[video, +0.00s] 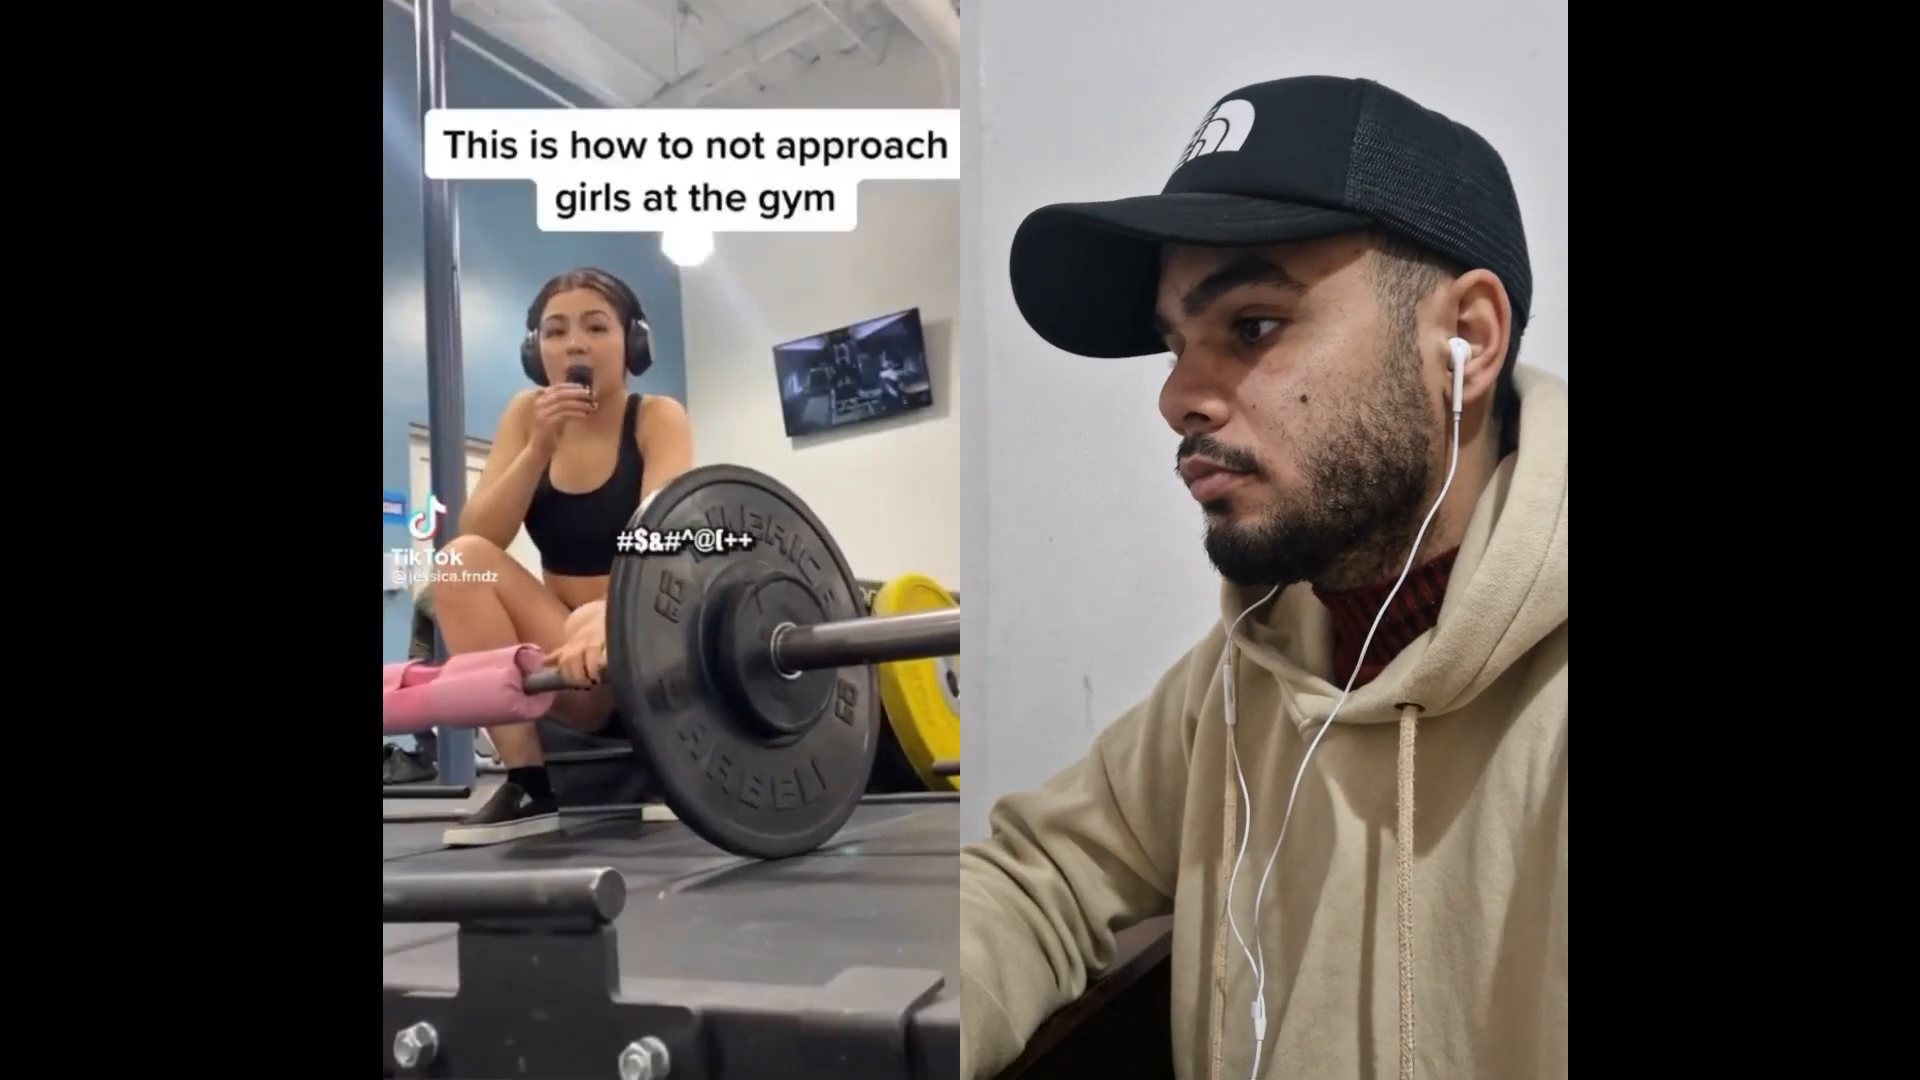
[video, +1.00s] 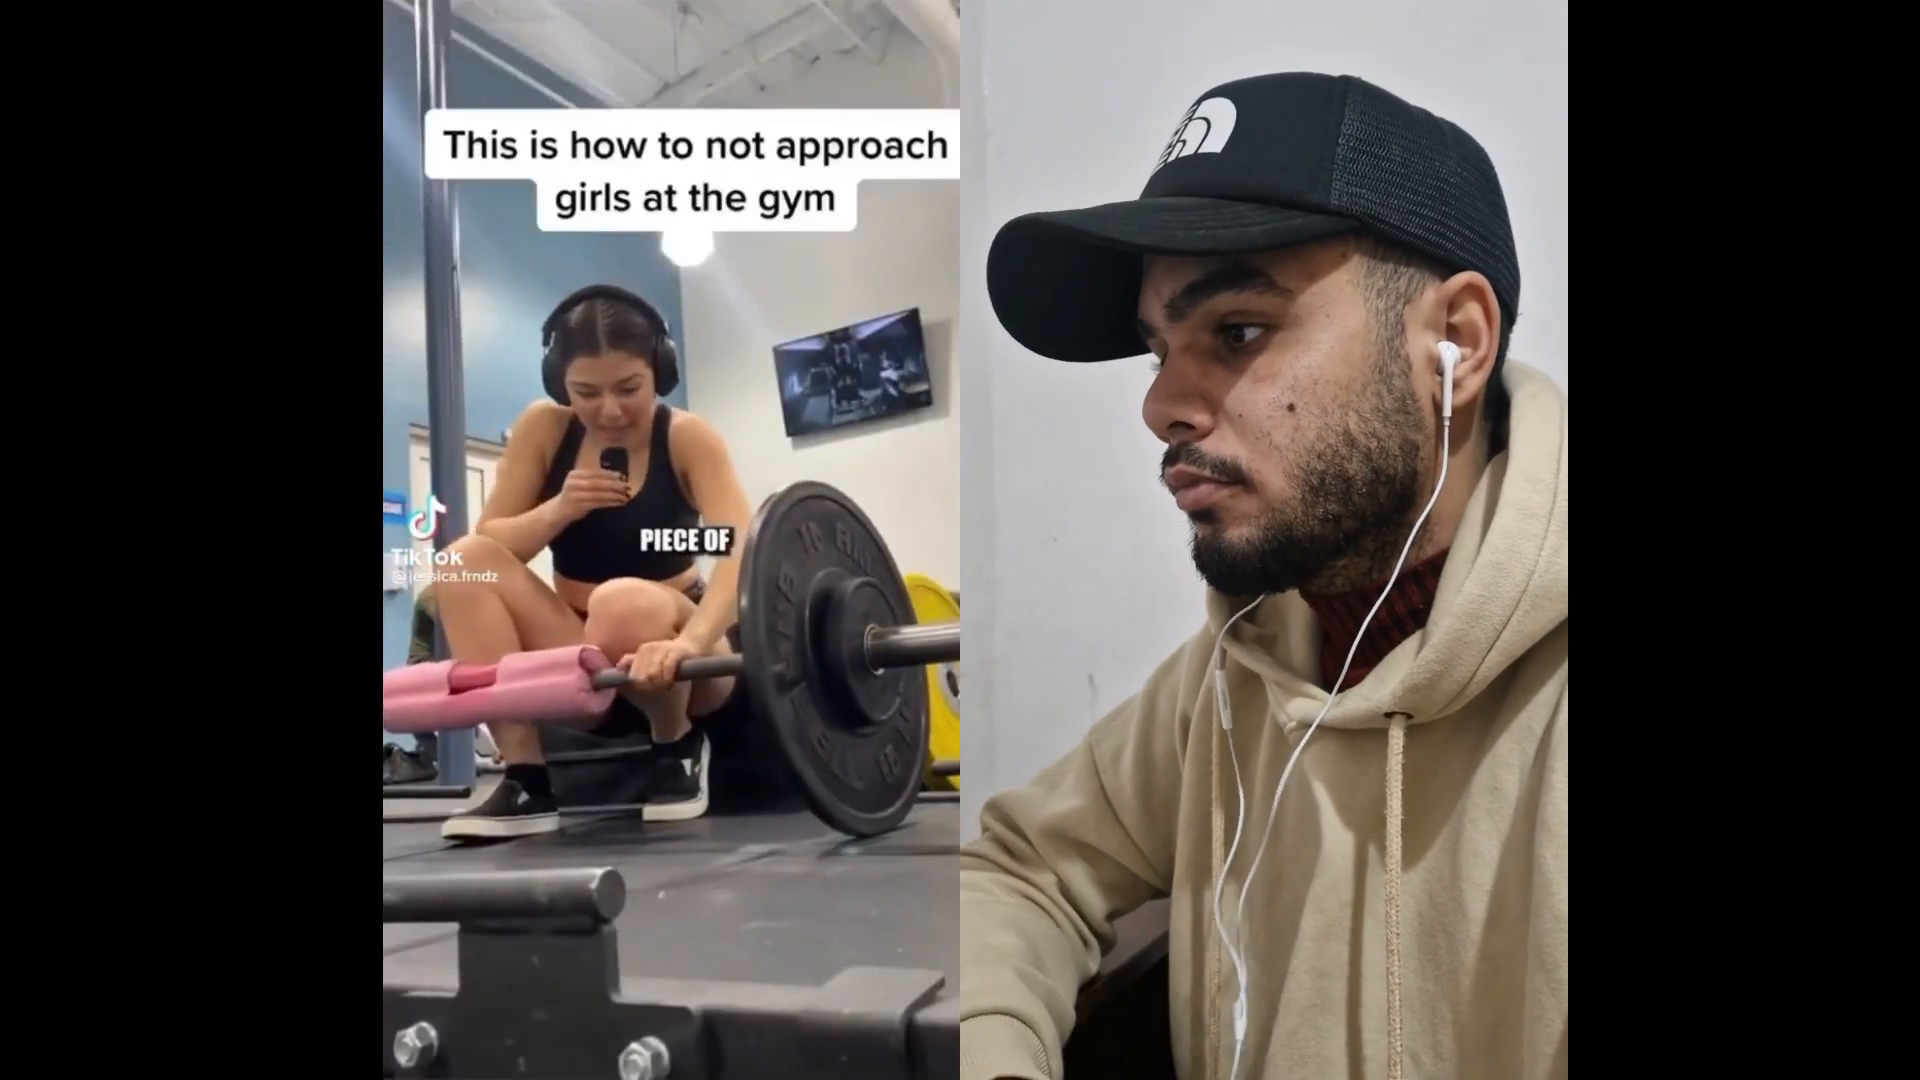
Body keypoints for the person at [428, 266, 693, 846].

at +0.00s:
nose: (576, 343)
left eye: (596, 326)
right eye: (558, 329)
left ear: (630, 343)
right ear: (538, 350)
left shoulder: (658, 418)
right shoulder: (529, 414)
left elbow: (671, 539)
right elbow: (475, 540)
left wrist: (613, 609)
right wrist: (537, 450)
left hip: (658, 645)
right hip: (571, 654)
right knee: (461, 562)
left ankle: (673, 774)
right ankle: (527, 783)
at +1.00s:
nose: (610, 411)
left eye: (628, 388)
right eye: (588, 393)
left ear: (657, 375)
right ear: (561, 385)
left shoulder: (689, 439)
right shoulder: (544, 427)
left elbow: (740, 547)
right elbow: (485, 541)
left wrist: (692, 640)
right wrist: (560, 510)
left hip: (684, 652)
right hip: (578, 651)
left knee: (621, 602)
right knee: (463, 562)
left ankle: (674, 746)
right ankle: (525, 778)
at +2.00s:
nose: (497, 421)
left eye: (508, 393)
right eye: (477, 404)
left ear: (558, 362)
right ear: (464, 397)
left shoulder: (653, 419)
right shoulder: (497, 471)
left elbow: (674, 571)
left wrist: (519, 650)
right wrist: (510, 542)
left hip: (716, 646)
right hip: (602, 664)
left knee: (646, 647)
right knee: (477, 562)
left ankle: (698, 761)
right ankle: (540, 798)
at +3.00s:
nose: (597, 360)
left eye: (610, 334)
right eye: (568, 345)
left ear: (635, 330)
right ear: (540, 358)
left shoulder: (694, 422)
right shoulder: (532, 439)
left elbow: (789, 515)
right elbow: (505, 569)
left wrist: (866, 522)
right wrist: (570, 474)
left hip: (716, 659)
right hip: (598, 672)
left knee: (668, 654)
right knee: (513, 561)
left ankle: (691, 762)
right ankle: (546, 801)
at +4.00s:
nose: (656, 304)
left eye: (677, 278)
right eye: (630, 280)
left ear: (701, 273)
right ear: (586, 275)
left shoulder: (740, 358)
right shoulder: (555, 387)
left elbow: (859, 442)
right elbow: (528, 561)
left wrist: (927, 502)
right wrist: (619, 437)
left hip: (748, 606)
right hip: (624, 618)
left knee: (861, 808)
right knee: (789, 650)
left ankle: (705, 754)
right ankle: (642, 771)